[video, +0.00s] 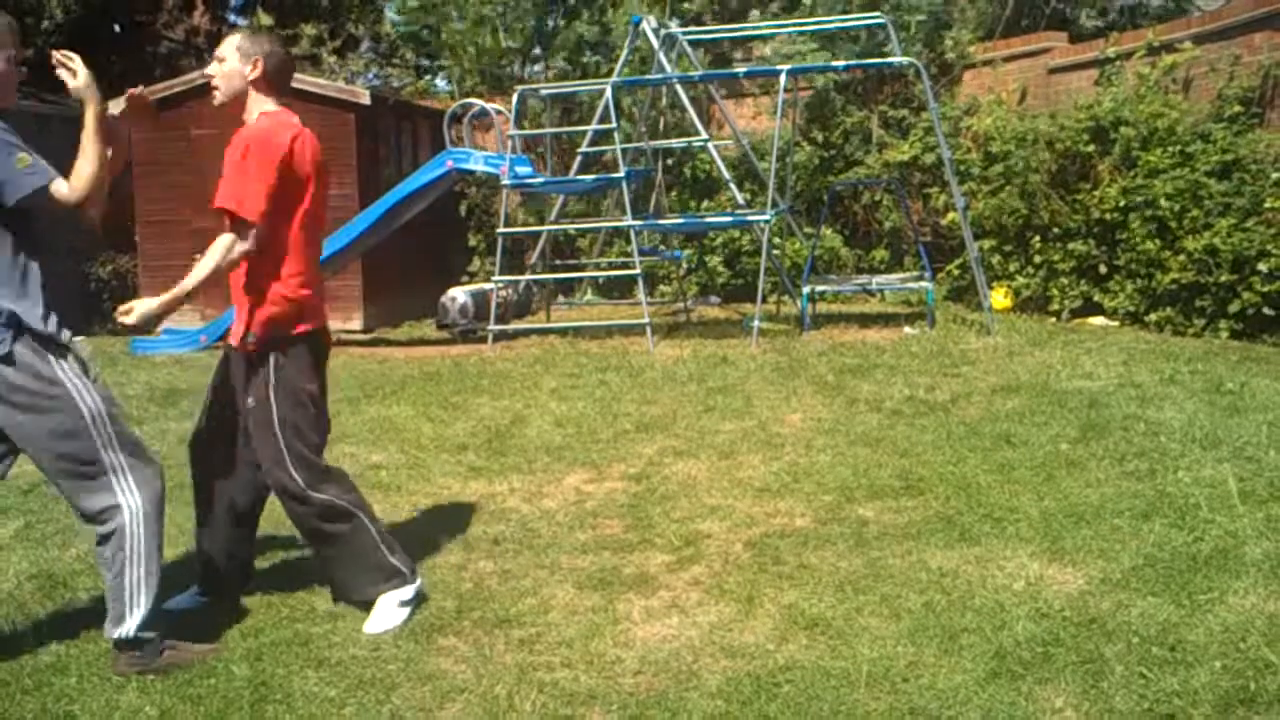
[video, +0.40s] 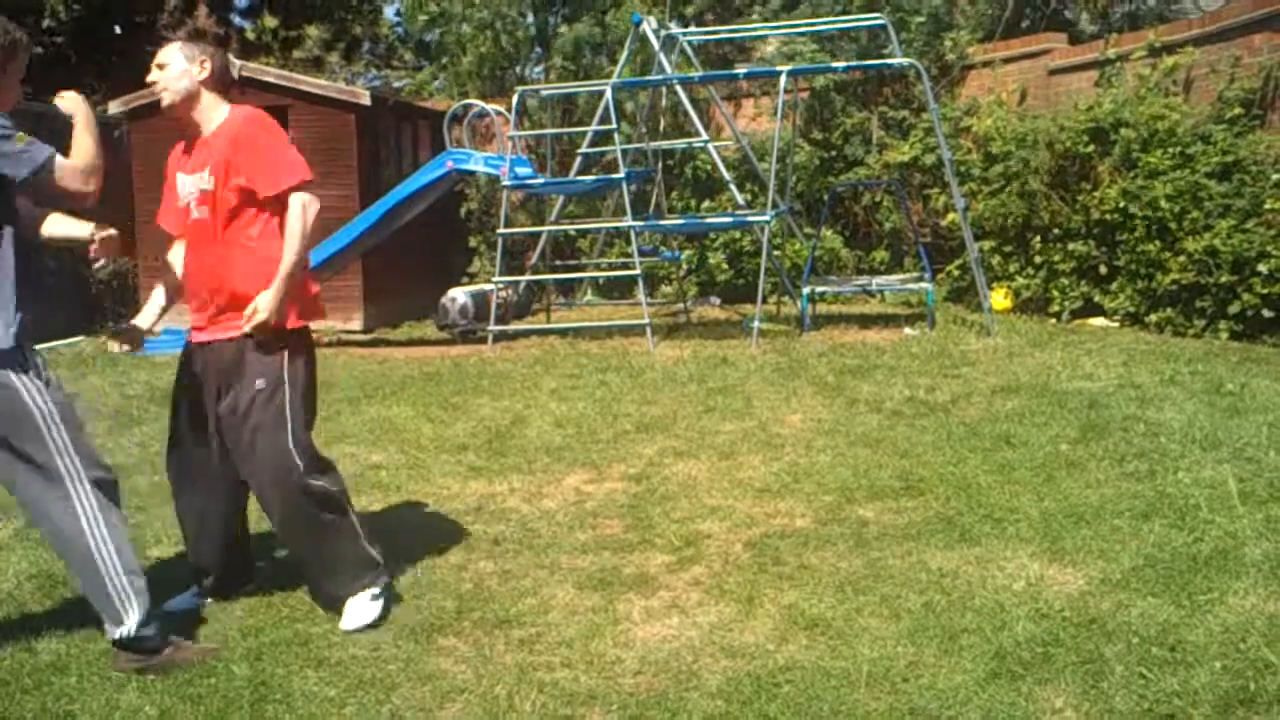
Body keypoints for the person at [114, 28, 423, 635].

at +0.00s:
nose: (210, 73)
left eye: (220, 62)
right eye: (214, 61)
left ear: (252, 70)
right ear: (259, 73)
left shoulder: (264, 132)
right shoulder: (294, 133)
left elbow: (239, 239)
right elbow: (295, 239)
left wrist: (162, 301)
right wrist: (249, 316)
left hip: (280, 331)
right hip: (262, 330)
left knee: (295, 470)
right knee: (218, 452)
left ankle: (394, 581)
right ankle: (219, 585)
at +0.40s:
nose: (154, 78)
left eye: (164, 67)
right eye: (154, 68)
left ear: (202, 70)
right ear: (188, 76)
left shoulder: (249, 125)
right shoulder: (182, 154)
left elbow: (304, 201)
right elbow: (183, 246)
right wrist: (146, 315)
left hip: (264, 334)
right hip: (206, 340)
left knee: (281, 463)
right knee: (196, 463)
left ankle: (362, 579)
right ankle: (220, 575)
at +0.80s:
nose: (134, 105)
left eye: (144, 93)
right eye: (135, 93)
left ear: (183, 100)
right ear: (179, 101)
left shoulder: (227, 162)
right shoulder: (185, 162)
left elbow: (258, 259)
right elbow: (212, 257)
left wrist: (194, 337)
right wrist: (179, 328)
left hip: (243, 367)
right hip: (185, 360)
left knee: (249, 496)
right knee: (117, 460)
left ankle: (337, 590)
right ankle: (157, 580)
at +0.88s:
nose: (120, 104)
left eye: (132, 93)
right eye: (122, 93)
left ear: (170, 101)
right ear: (169, 103)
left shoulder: (192, 156)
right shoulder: (194, 153)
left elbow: (184, 259)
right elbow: (248, 243)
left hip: (234, 360)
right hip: (181, 355)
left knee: (242, 494)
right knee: (111, 467)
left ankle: (338, 591)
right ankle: (106, 599)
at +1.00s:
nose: (107, 99)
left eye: (119, 90)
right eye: (108, 89)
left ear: (160, 100)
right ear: (153, 102)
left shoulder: (170, 157)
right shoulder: (189, 153)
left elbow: (114, 245)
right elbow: (247, 218)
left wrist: (34, 277)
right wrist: (254, 262)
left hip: (198, 363)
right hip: (146, 358)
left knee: (242, 488)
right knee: (89, 484)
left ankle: (333, 591)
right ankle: (101, 602)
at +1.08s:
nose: (102, 86)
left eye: (115, 78)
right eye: (103, 76)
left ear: (157, 90)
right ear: (140, 90)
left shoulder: (182, 153)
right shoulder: (140, 158)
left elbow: (154, 251)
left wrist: (69, 299)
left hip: (193, 358)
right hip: (131, 358)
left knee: (246, 482)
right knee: (87, 484)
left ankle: (331, 589)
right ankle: (101, 602)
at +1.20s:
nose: (126, 81)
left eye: (140, 72)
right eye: (122, 69)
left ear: (181, 81)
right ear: (120, 73)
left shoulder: (225, 157)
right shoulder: (115, 122)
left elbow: (249, 250)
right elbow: (62, 142)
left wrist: (196, 320)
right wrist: (8, 138)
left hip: (200, 350)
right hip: (116, 352)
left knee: (258, 471)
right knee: (101, 486)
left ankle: (323, 586)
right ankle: (106, 604)